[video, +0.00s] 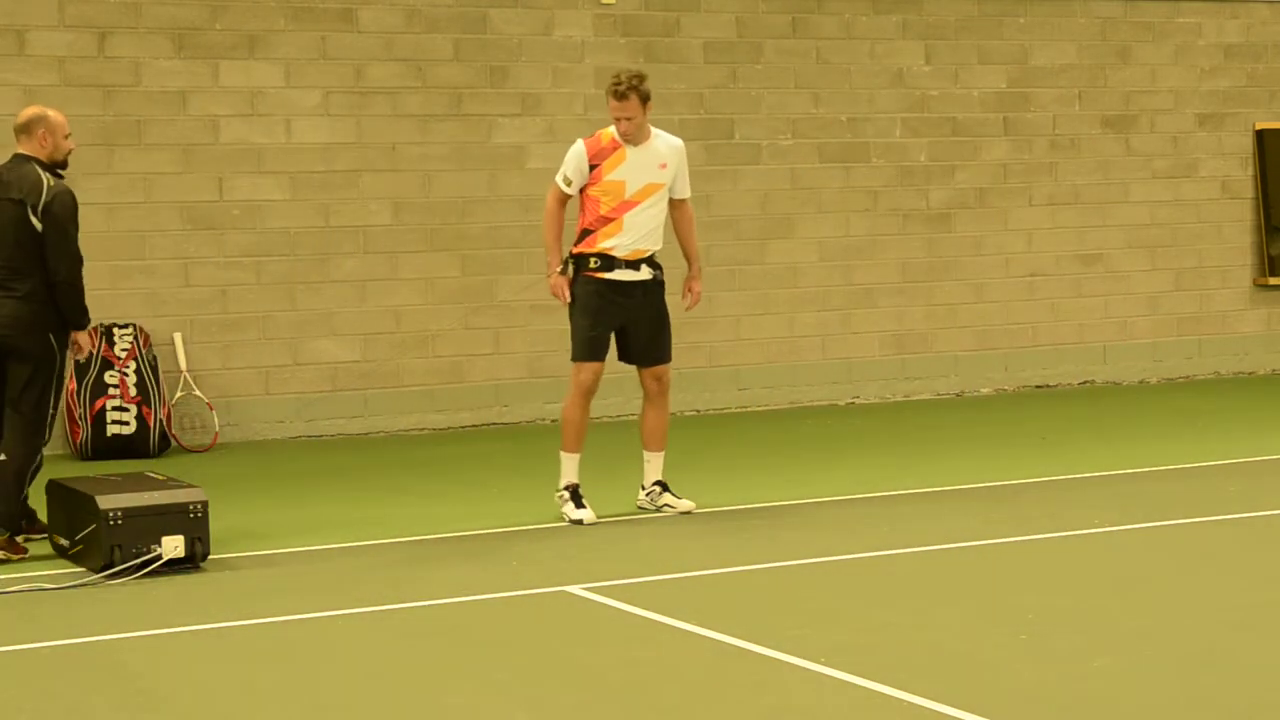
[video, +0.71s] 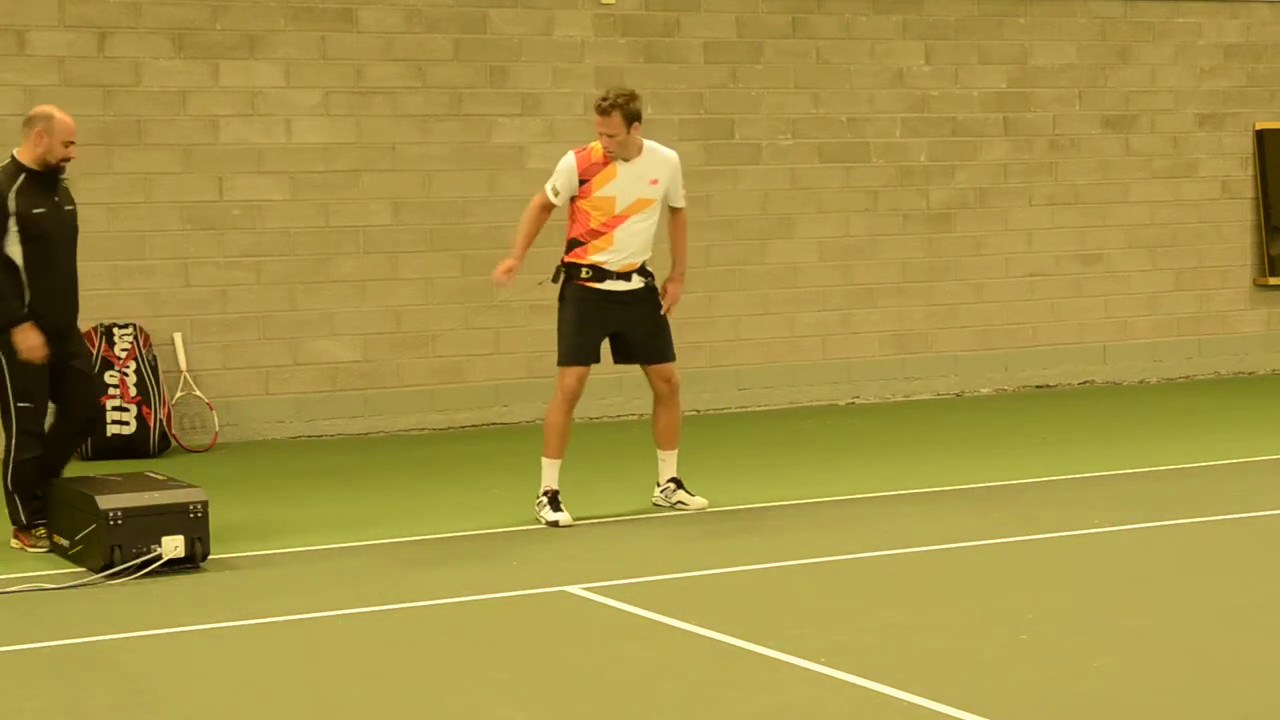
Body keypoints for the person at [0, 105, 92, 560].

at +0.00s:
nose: (72, 145)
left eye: (70, 136)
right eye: (66, 137)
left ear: (31, 137)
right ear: (42, 138)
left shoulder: (3, 178)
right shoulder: (53, 193)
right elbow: (64, 269)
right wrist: (78, 323)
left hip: (5, 322)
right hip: (32, 327)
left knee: (18, 422)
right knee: (26, 427)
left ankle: (20, 515)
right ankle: (4, 529)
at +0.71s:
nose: (72, 153)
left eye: (74, 145)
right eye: (67, 144)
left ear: (47, 139)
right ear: (40, 138)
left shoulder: (57, 186)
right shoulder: (4, 188)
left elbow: (58, 261)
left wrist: (70, 320)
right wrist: (17, 322)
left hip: (60, 326)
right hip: (20, 329)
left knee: (82, 407)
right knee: (26, 423)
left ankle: (38, 487)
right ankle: (25, 521)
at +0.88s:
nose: (68, 147)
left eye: (69, 139)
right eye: (61, 140)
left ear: (45, 139)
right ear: (31, 138)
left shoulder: (70, 187)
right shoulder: (3, 192)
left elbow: (81, 253)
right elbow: (1, 263)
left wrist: (98, 310)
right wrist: (7, 320)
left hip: (70, 327)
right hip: (20, 331)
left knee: (93, 414)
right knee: (22, 428)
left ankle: (86, 512)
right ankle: (28, 521)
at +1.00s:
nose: (71, 145)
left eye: (71, 137)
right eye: (63, 137)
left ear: (55, 138)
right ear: (32, 138)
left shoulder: (78, 187)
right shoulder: (4, 190)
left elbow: (95, 254)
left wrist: (119, 306)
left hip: (74, 330)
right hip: (19, 333)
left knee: (102, 420)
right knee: (23, 430)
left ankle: (121, 517)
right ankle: (28, 521)